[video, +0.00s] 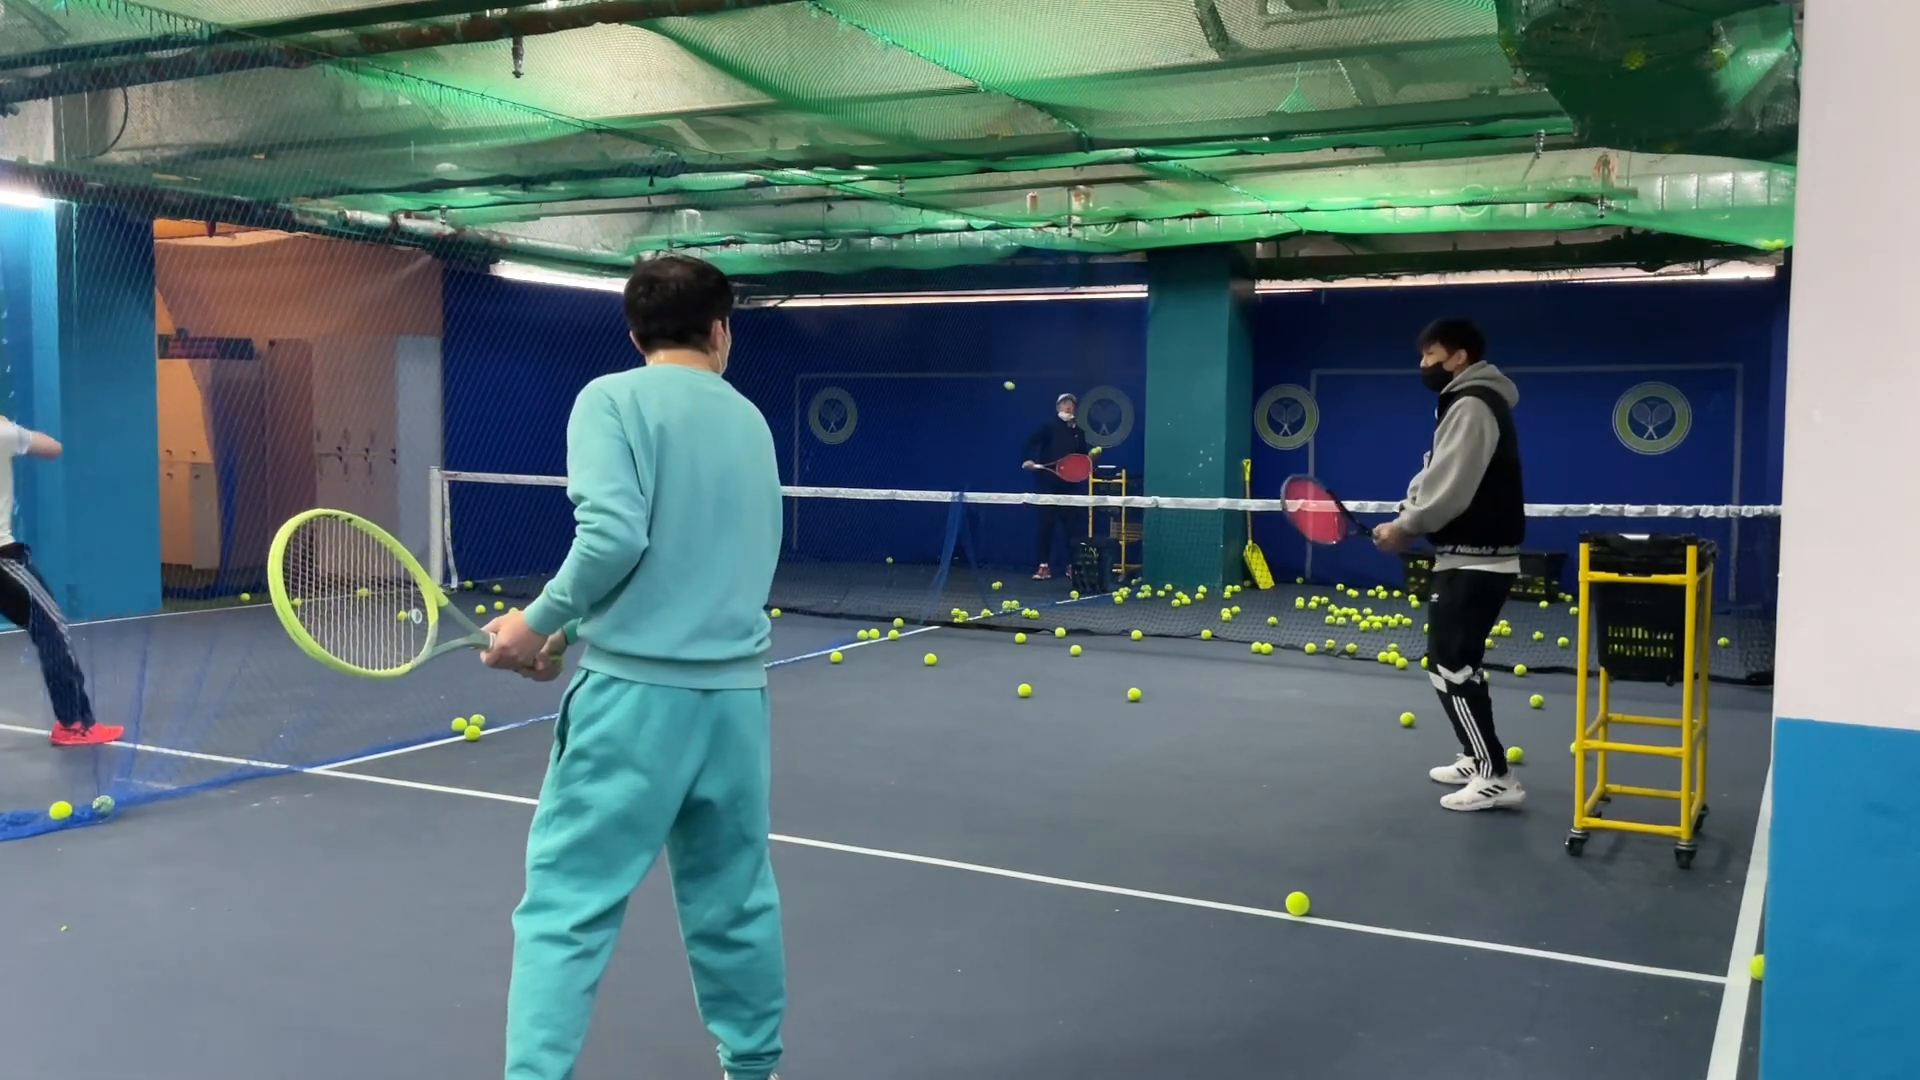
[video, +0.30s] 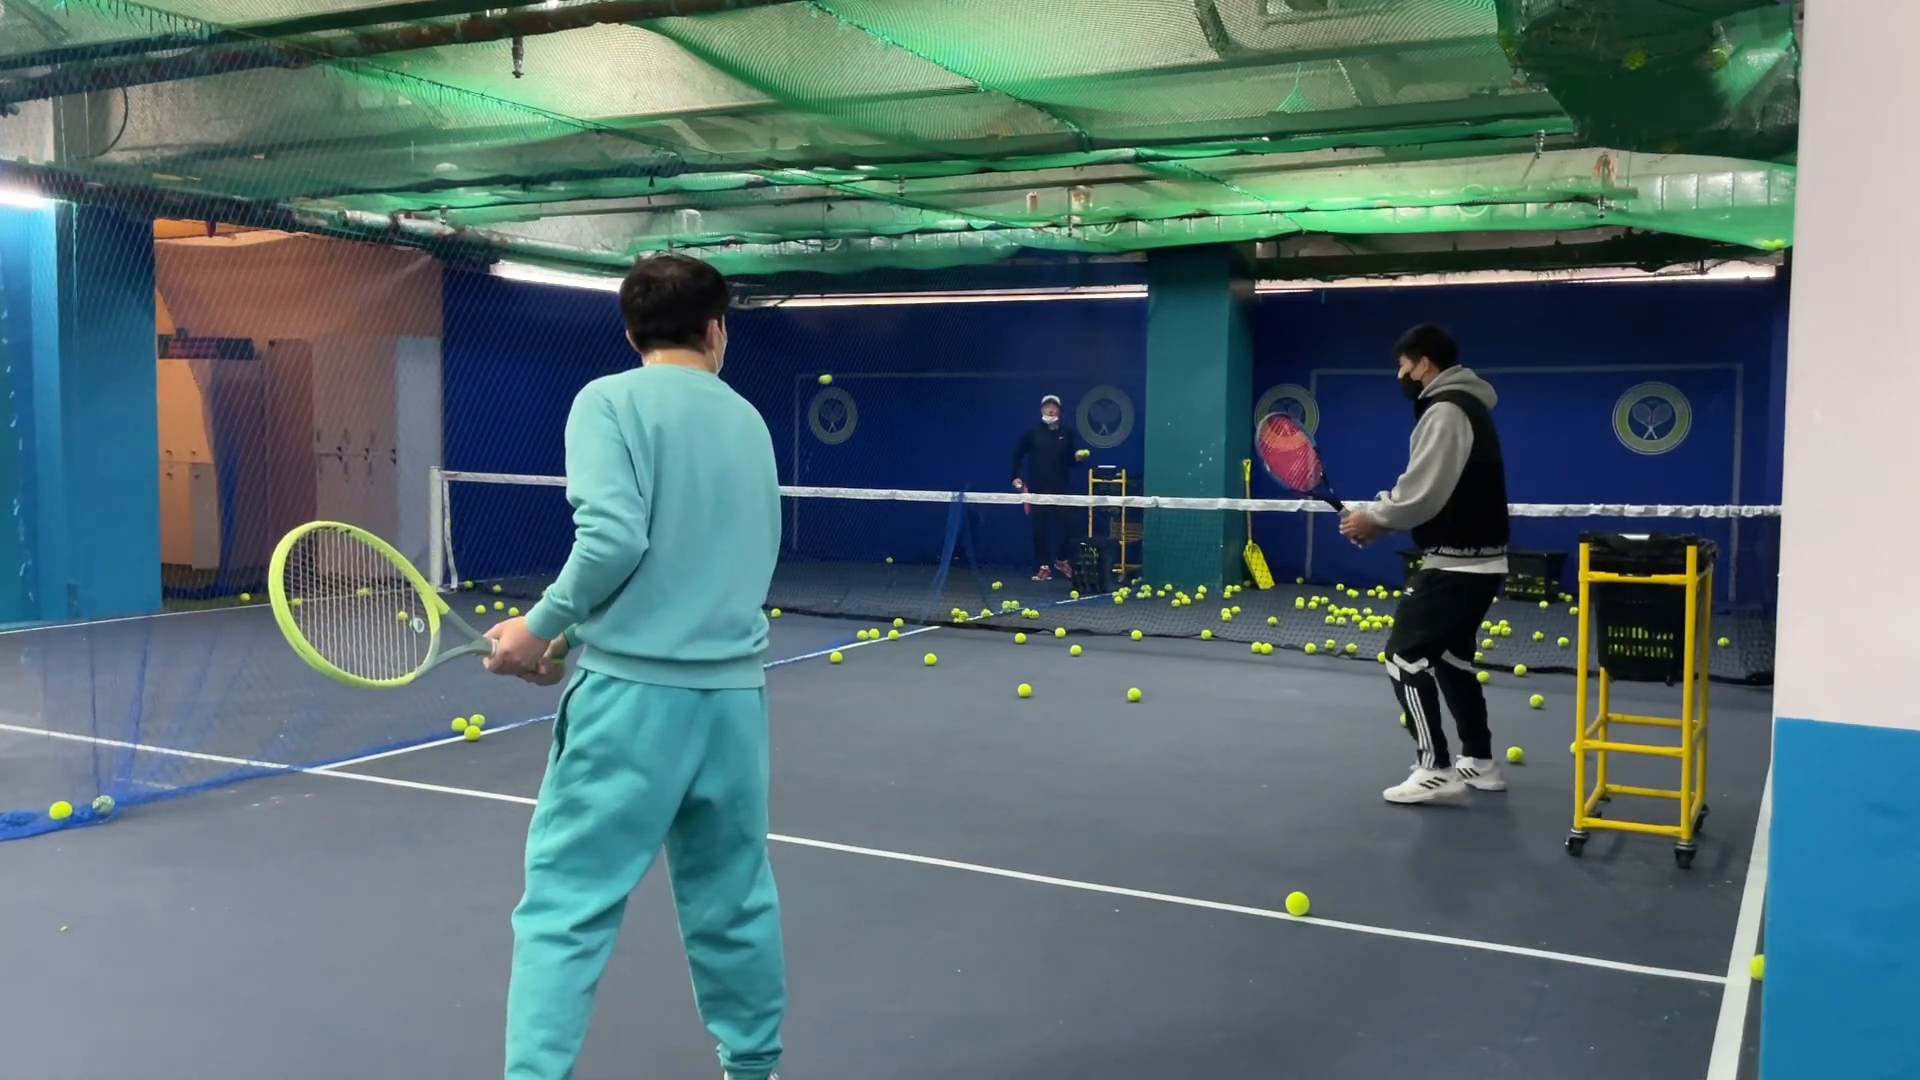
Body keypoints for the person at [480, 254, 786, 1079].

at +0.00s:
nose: (733, 339)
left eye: (729, 326)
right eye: (732, 327)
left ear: (640, 332)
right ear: (718, 331)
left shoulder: (610, 400)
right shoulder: (751, 422)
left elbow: (616, 533)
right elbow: (721, 563)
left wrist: (535, 621)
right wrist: (574, 631)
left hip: (630, 702)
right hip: (737, 705)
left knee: (567, 911)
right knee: (735, 898)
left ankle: (536, 1069)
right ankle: (754, 1064)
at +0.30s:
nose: (729, 338)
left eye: (724, 325)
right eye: (727, 325)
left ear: (636, 332)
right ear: (713, 331)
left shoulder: (607, 402)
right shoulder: (749, 422)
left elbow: (615, 537)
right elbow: (727, 565)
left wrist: (538, 625)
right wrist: (571, 633)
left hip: (628, 700)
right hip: (735, 703)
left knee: (566, 910)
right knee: (733, 896)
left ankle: (536, 1069)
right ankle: (754, 1064)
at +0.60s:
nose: (727, 335)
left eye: (724, 322)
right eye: (726, 322)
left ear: (635, 331)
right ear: (712, 328)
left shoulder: (607, 404)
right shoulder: (752, 421)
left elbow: (607, 542)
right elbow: (729, 571)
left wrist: (521, 614)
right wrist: (575, 632)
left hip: (625, 703)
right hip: (732, 705)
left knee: (567, 911)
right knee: (733, 897)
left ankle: (538, 1069)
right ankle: (754, 1064)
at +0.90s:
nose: (734, 328)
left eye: (730, 315)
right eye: (732, 315)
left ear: (639, 327)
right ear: (718, 323)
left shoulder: (597, 407)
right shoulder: (763, 424)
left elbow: (566, 556)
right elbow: (764, 560)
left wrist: (535, 570)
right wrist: (585, 587)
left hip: (616, 704)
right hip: (731, 707)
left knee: (569, 909)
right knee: (733, 898)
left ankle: (539, 1068)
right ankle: (751, 1064)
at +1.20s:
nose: (740, 326)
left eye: (737, 313)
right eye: (738, 313)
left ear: (643, 324)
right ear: (726, 321)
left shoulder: (592, 412)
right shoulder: (773, 428)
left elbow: (559, 554)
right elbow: (792, 567)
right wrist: (720, 583)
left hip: (611, 706)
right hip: (730, 710)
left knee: (570, 911)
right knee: (737, 904)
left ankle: (541, 1069)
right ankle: (752, 1064)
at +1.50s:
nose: (748, 328)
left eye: (744, 314)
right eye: (746, 314)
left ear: (650, 321)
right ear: (730, 321)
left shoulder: (590, 410)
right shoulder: (776, 431)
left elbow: (555, 549)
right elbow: (800, 573)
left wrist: (632, 586)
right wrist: (725, 611)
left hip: (603, 708)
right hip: (724, 713)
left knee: (566, 914)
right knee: (736, 909)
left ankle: (537, 1070)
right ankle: (753, 1064)